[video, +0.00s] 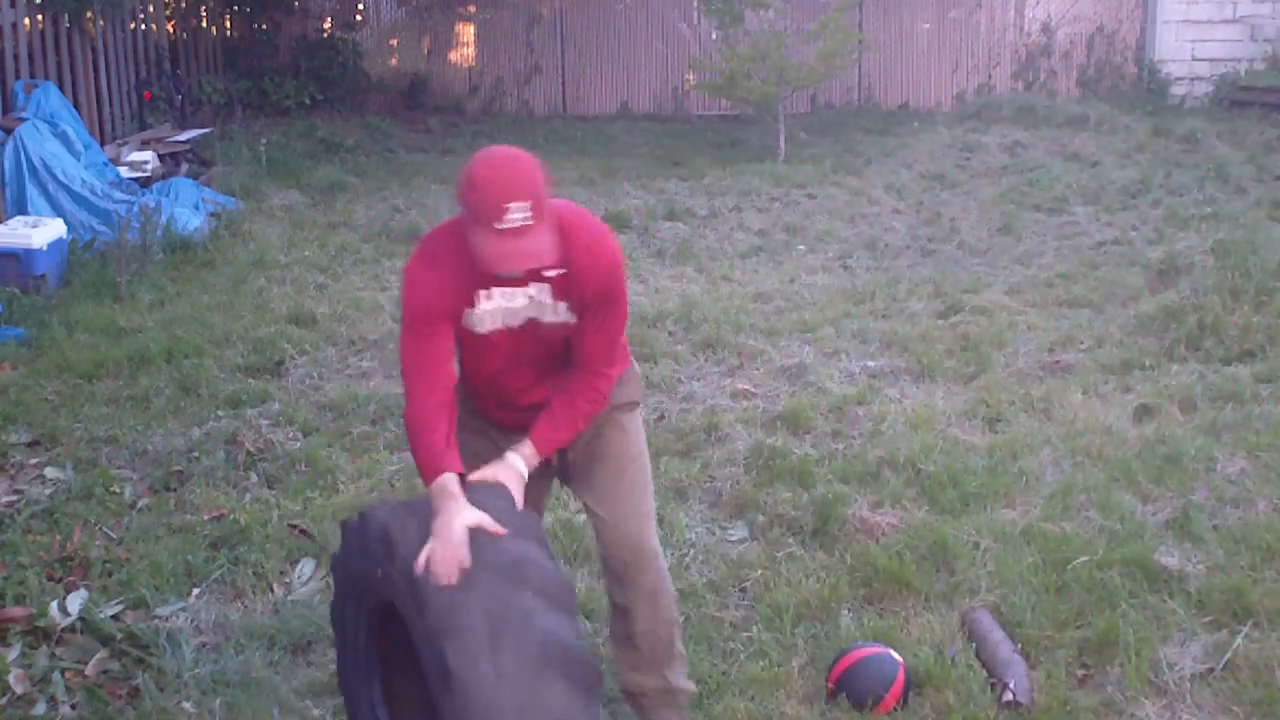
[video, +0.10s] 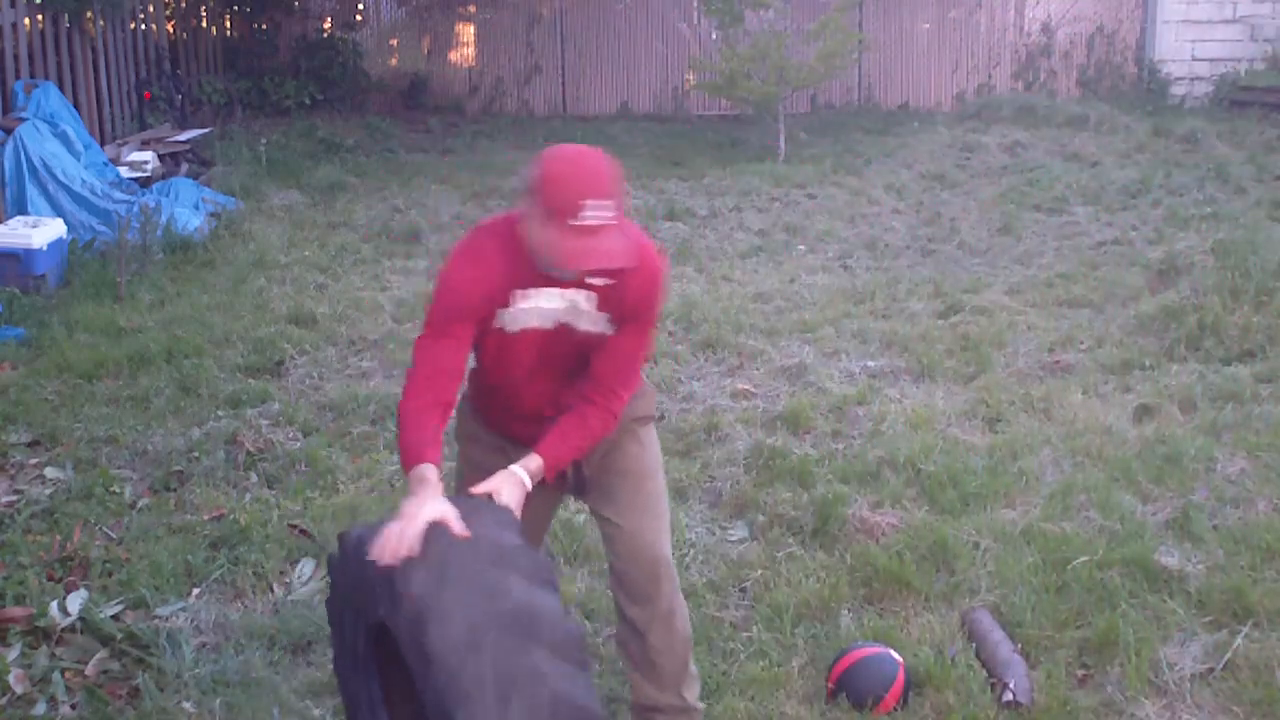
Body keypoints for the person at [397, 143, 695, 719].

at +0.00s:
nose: (513, 259)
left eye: (525, 244)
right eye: (499, 247)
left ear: (545, 217)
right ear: (468, 227)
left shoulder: (592, 250)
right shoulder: (433, 267)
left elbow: (595, 371)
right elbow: (426, 390)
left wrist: (524, 457)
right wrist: (445, 495)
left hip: (594, 404)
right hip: (490, 415)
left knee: (635, 552)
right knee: (480, 569)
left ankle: (663, 705)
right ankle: (484, 705)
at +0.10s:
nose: (583, 251)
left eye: (594, 235)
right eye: (569, 234)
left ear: (612, 221)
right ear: (529, 217)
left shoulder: (638, 268)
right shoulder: (479, 260)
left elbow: (605, 397)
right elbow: (431, 379)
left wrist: (527, 471)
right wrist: (422, 482)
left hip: (611, 423)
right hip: (502, 430)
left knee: (648, 563)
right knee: (486, 580)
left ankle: (669, 706)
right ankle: (483, 705)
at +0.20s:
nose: (655, 265)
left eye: (667, 252)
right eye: (645, 248)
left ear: (683, 238)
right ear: (601, 218)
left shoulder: (688, 285)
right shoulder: (534, 257)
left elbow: (635, 416)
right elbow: (460, 376)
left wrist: (551, 484)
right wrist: (427, 506)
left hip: (625, 447)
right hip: (515, 447)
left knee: (660, 585)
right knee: (486, 596)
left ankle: (674, 712)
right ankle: (474, 709)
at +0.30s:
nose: (713, 280)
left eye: (722, 266)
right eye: (704, 261)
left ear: (735, 248)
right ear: (661, 229)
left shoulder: (724, 296)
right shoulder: (572, 267)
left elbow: (678, 431)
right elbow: (506, 395)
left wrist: (583, 494)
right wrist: (479, 535)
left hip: (642, 461)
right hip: (539, 457)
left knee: (672, 618)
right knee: (500, 617)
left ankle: (677, 711)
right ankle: (492, 709)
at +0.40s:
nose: (732, 285)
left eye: (746, 272)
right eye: (725, 263)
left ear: (760, 260)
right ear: (683, 227)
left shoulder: (742, 303)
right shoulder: (589, 273)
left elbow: (695, 437)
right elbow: (535, 414)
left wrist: (605, 504)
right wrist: (545, 557)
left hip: (655, 459)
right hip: (552, 452)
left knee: (683, 611)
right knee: (537, 620)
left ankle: (685, 710)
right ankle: (525, 710)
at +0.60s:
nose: (726, 243)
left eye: (739, 226)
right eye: (716, 220)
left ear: (753, 216)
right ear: (669, 193)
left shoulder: (744, 281)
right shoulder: (586, 266)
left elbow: (704, 414)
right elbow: (576, 429)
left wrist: (657, 505)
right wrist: (626, 556)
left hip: (656, 438)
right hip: (549, 430)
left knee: (681, 626)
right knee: (572, 619)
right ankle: (557, 707)